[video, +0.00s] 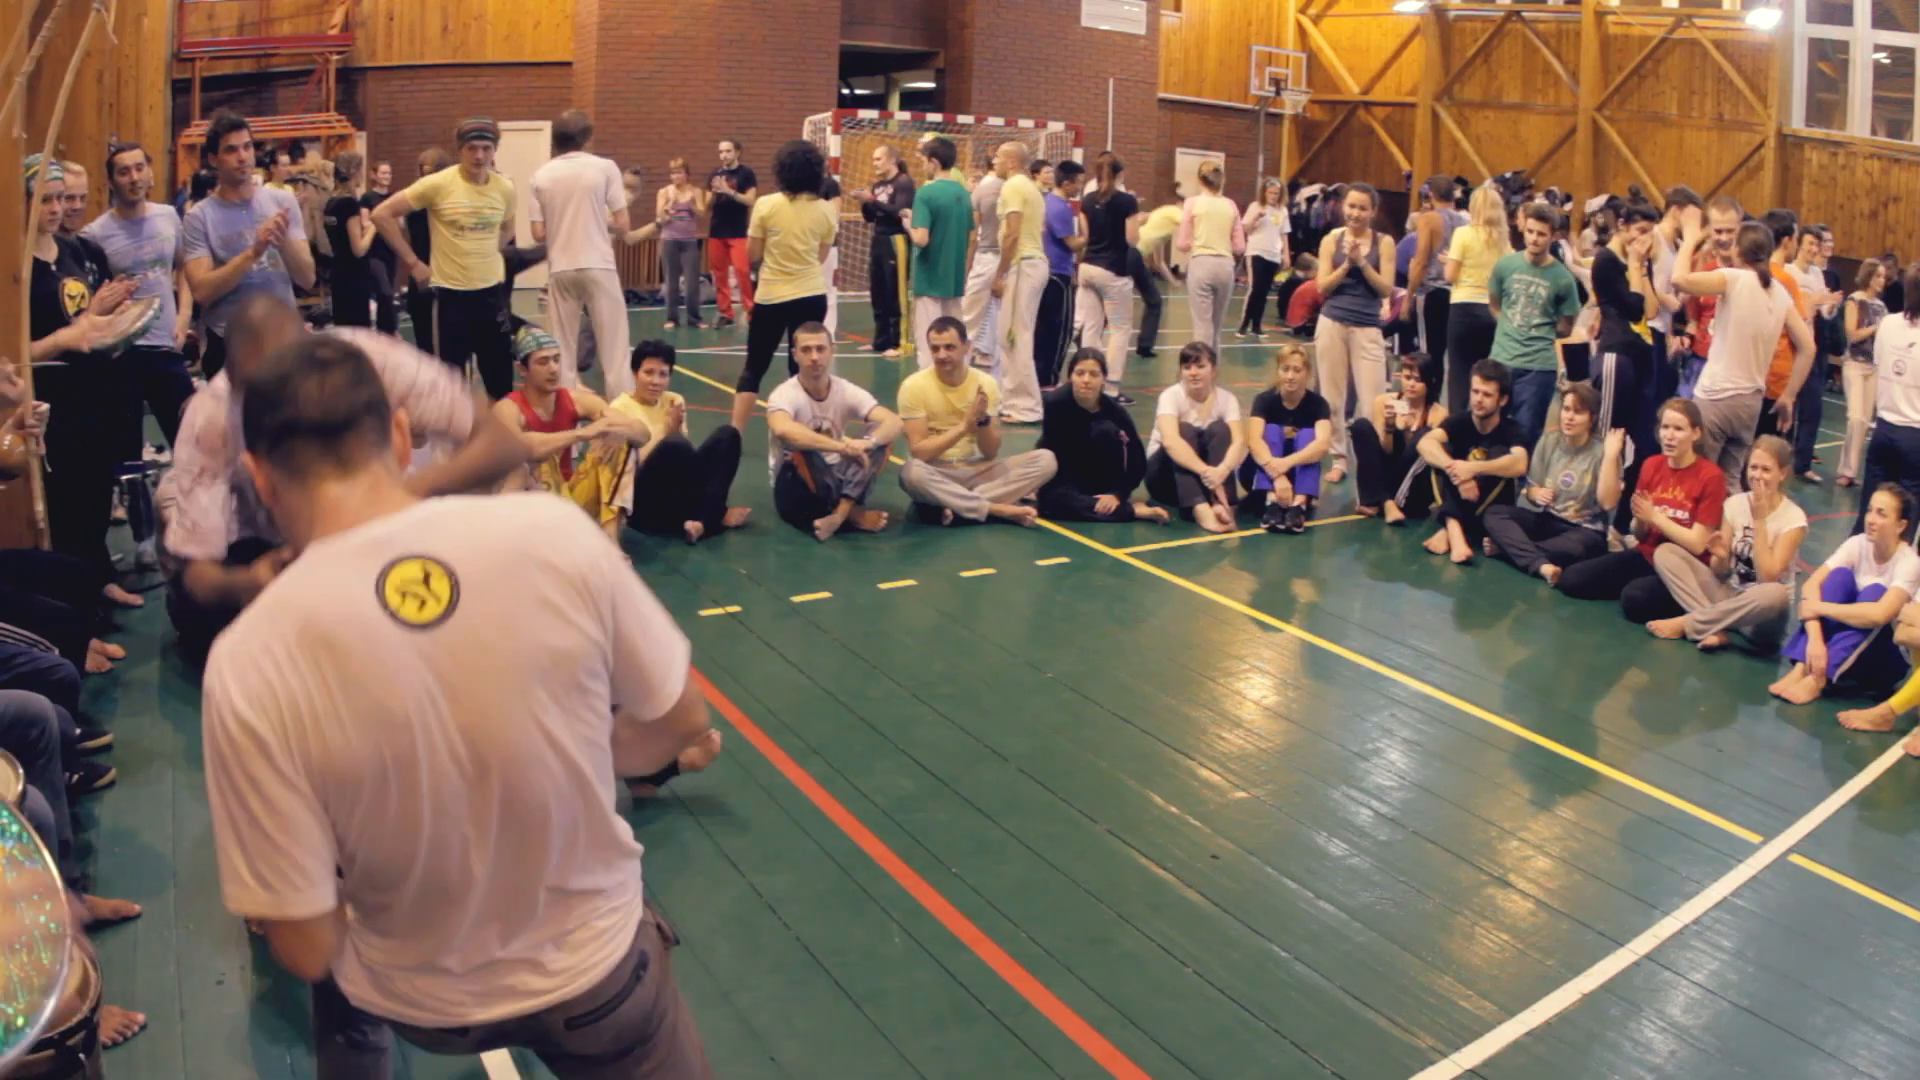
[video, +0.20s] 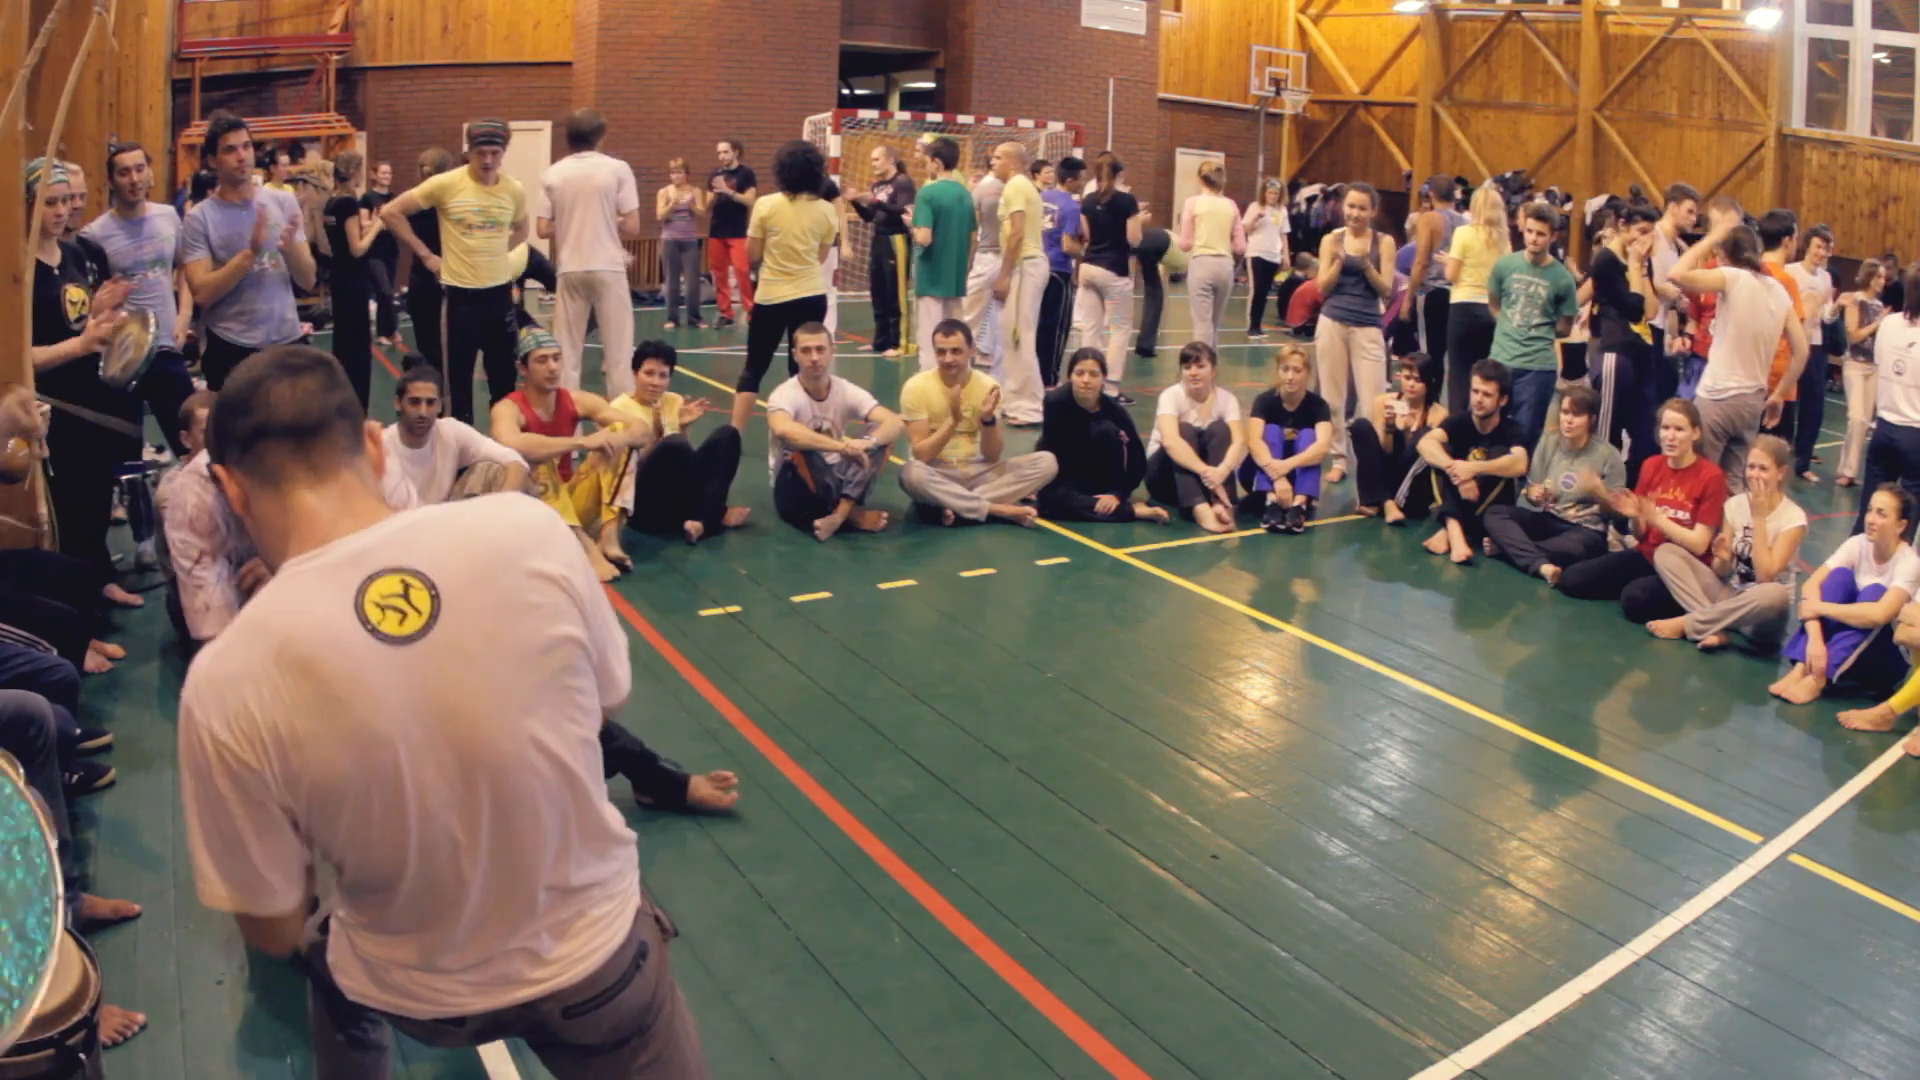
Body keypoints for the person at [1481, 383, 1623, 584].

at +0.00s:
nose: (1569, 417)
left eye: (1578, 412)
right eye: (1566, 409)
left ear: (1592, 417)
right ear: (1560, 411)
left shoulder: (1603, 451)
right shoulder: (1548, 440)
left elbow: (1608, 504)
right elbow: (1530, 488)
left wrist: (1611, 454)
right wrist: (1536, 493)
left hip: (1578, 528)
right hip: (1541, 518)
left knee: (1576, 548)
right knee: (1494, 514)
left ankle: (1508, 549)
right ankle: (1539, 566)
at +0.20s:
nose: (1568, 420)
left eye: (1576, 415)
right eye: (1564, 412)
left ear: (1591, 419)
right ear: (1559, 413)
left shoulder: (1608, 456)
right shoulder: (1548, 442)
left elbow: (1615, 511)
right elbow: (1530, 489)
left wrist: (1597, 490)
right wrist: (1534, 494)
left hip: (1582, 529)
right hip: (1544, 518)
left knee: (1574, 549)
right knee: (1494, 514)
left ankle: (1509, 549)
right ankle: (1539, 566)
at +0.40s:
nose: (1571, 420)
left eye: (1579, 415)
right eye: (1567, 412)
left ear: (1593, 418)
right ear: (1561, 414)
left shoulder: (1611, 457)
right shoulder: (1549, 442)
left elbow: (1616, 508)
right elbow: (1535, 500)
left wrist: (1598, 507)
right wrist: (1533, 488)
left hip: (1582, 529)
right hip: (1545, 518)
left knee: (1575, 548)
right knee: (1494, 514)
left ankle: (1509, 549)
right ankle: (1539, 566)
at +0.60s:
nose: (1573, 420)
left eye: (1581, 414)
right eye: (1569, 412)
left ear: (1594, 418)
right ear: (1562, 414)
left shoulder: (1610, 457)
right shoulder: (1550, 442)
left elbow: (1610, 510)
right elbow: (1534, 491)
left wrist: (1574, 496)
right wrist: (1556, 496)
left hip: (1585, 529)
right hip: (1548, 520)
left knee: (1576, 548)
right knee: (1494, 514)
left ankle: (1509, 549)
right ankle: (1539, 566)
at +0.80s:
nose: (1573, 420)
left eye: (1581, 414)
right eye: (1568, 412)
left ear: (1594, 418)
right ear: (1562, 414)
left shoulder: (1610, 457)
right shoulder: (1549, 441)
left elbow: (1614, 509)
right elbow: (1531, 495)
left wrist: (1588, 504)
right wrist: (1535, 489)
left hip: (1583, 530)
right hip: (1547, 519)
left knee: (1574, 548)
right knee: (1494, 514)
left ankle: (1509, 549)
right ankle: (1539, 566)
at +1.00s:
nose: (1574, 417)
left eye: (1581, 412)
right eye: (1570, 410)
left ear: (1594, 417)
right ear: (1562, 413)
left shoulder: (1609, 455)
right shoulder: (1549, 442)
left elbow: (1609, 509)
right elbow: (1534, 490)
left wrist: (1574, 497)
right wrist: (1553, 495)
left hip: (1584, 530)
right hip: (1547, 520)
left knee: (1575, 548)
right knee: (1494, 514)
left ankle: (1509, 549)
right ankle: (1539, 565)